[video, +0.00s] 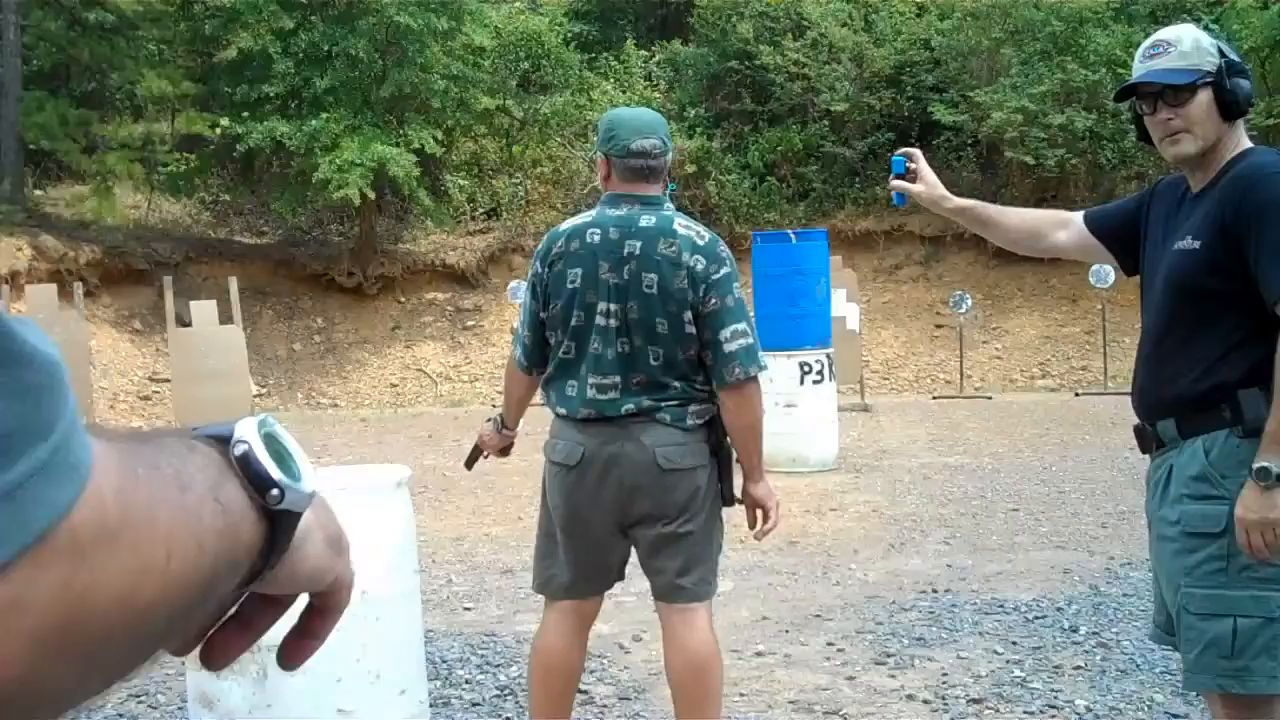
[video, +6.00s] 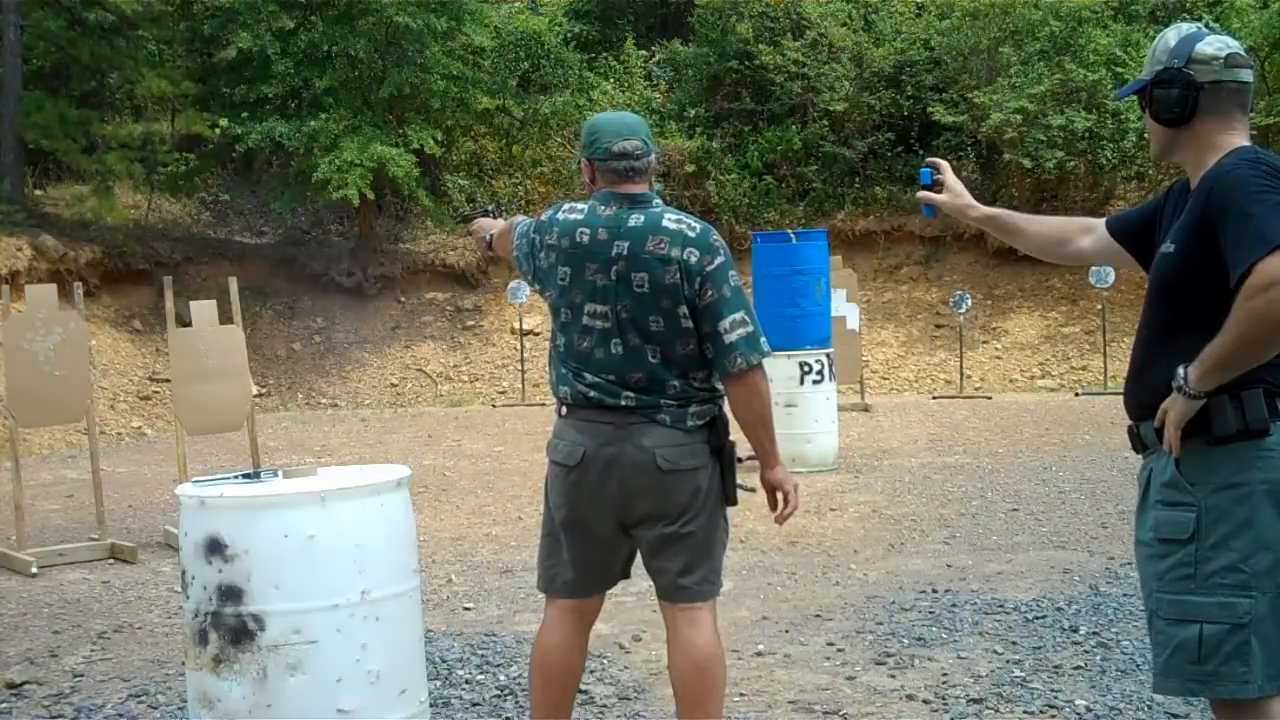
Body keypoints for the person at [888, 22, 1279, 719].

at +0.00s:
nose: (1163, 114)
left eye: (1180, 94)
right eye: (1150, 102)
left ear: (1228, 94)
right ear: (1142, 115)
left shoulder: (1262, 185)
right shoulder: (1164, 202)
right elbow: (1057, 231)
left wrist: (1267, 472)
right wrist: (946, 204)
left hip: (1228, 460)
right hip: (1177, 461)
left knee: (1246, 691)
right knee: (1225, 681)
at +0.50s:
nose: (1163, 113)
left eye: (1180, 93)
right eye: (1149, 101)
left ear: (1228, 95)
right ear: (1141, 116)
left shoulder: (1263, 179)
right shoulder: (1161, 204)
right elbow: (1058, 234)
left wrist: (1243, 383)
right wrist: (946, 211)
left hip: (1240, 456)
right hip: (1181, 461)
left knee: (1244, 682)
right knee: (1225, 671)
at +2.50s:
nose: (1138, 115)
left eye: (1144, 100)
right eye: (1139, 102)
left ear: (1174, 101)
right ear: (1213, 102)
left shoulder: (1247, 179)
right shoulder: (1167, 200)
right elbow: (1061, 229)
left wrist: (1209, 374)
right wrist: (954, 203)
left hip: (1226, 456)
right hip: (1178, 456)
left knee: (1237, 690)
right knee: (1227, 683)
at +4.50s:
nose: (1149, 116)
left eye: (1153, 101)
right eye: (1149, 102)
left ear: (1181, 102)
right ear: (1228, 100)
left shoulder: (1245, 179)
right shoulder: (1198, 194)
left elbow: (1273, 281)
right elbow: (1095, 237)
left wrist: (1196, 381)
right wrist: (981, 211)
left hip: (1229, 463)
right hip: (1210, 458)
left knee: (1244, 691)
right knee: (1241, 684)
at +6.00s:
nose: (1146, 115)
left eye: (1151, 101)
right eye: (1147, 101)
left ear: (1176, 103)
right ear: (1225, 101)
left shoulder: (1243, 179)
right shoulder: (1189, 197)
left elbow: (1273, 284)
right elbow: (1084, 237)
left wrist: (1193, 383)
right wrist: (975, 212)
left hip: (1223, 463)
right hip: (1204, 459)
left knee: (1242, 691)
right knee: (1240, 685)